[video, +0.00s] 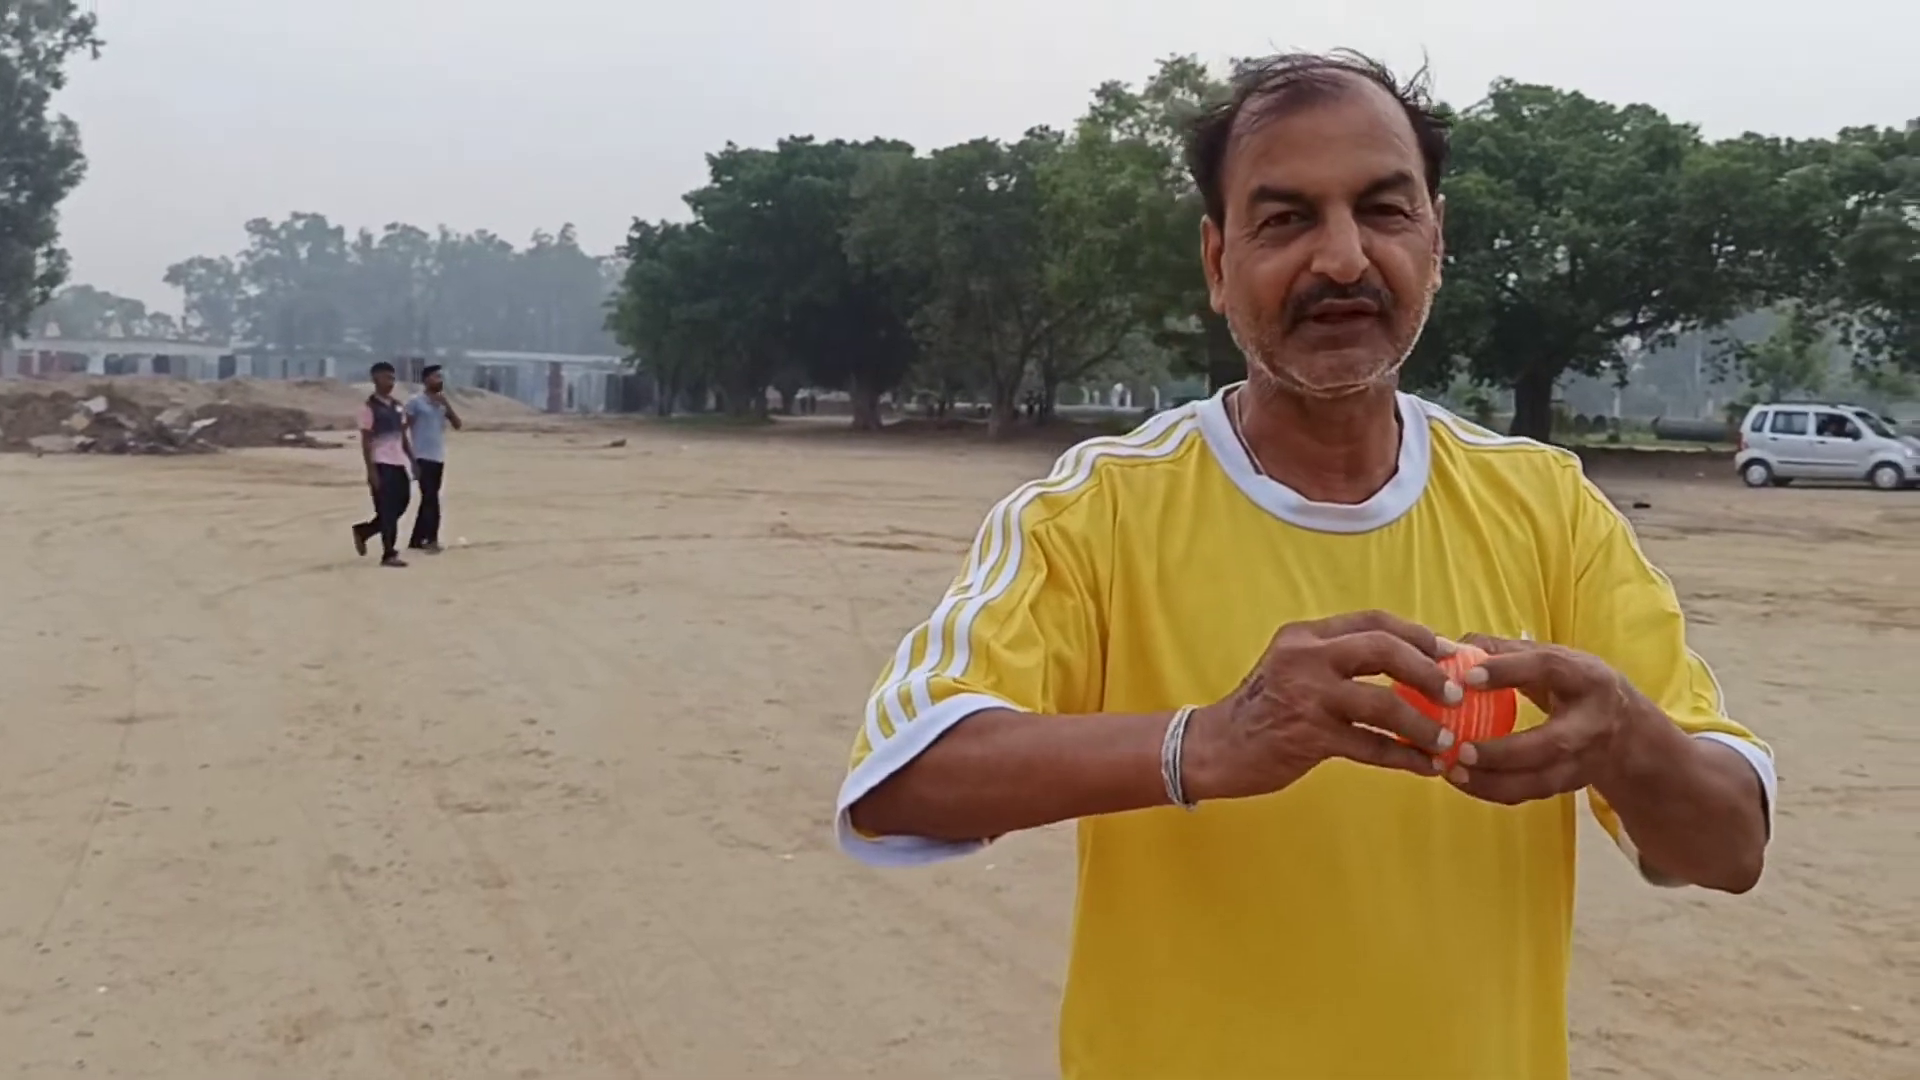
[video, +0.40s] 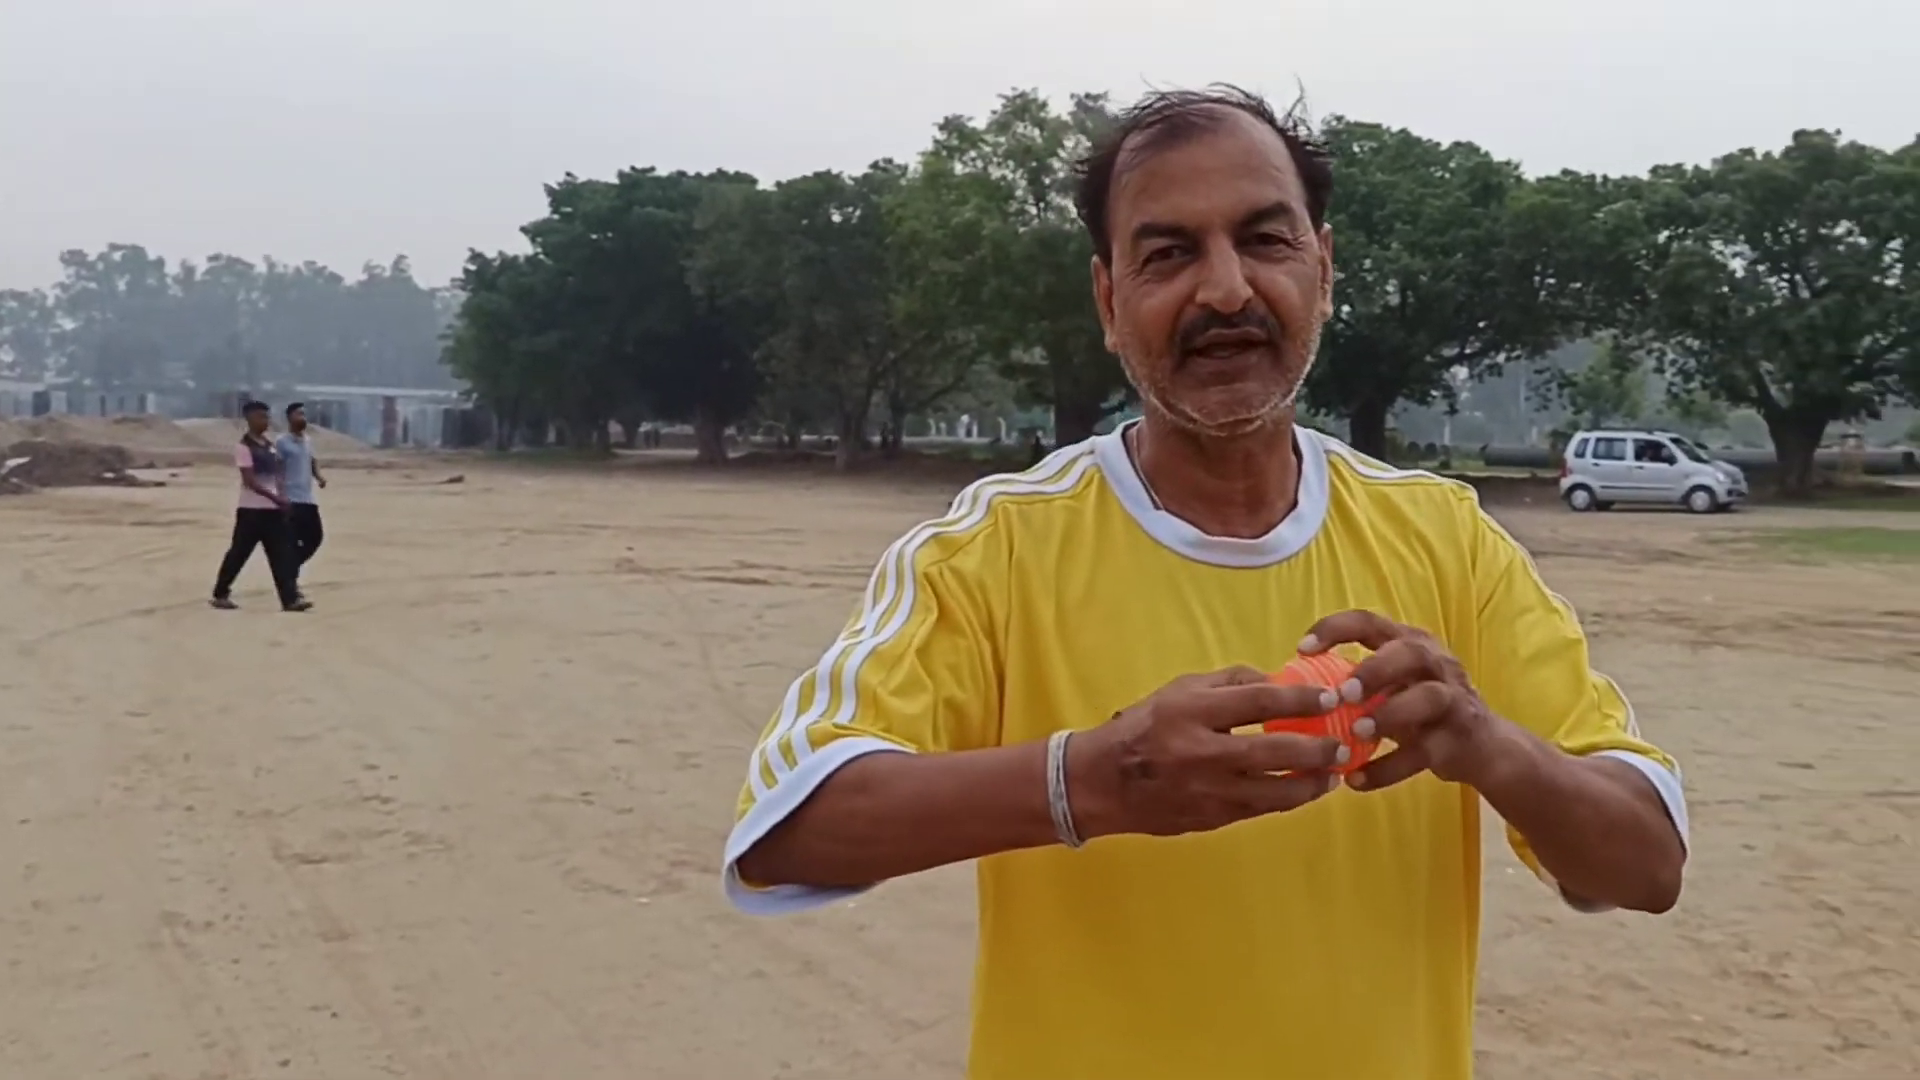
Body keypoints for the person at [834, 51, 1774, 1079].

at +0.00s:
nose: (1344, 256)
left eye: (1382, 208)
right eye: (1285, 219)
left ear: (1435, 239)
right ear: (1216, 265)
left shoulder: (1550, 510)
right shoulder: (1096, 511)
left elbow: (1732, 854)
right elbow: (897, 778)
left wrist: (1637, 753)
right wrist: (1199, 747)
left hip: (1486, 1057)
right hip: (1164, 1057)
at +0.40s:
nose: (1224, 288)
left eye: (1263, 239)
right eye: (1167, 253)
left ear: (1323, 271)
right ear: (1110, 304)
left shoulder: (1445, 541)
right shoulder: (994, 553)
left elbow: (1650, 868)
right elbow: (785, 827)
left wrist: (1491, 752)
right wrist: (1084, 783)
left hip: (1390, 1053)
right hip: (1077, 1051)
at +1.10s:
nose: (1156, 303)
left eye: (1190, 253)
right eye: (1099, 264)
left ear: (1241, 275)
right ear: (1034, 303)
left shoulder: (1345, 531)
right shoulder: (922, 537)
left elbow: (1538, 833)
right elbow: (738, 808)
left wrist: (1445, 759)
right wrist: (1045, 756)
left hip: (1300, 1057)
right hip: (999, 1059)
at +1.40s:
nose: (1059, 294)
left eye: (1093, 247)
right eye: (1005, 258)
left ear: (1145, 275)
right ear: (943, 300)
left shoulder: (1251, 527)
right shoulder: (839, 534)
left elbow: (1416, 830)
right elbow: (662, 798)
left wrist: (1347, 740)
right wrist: (973, 722)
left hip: (1207, 1055)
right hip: (922, 1056)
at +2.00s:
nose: (970, 328)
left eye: (1006, 278)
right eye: (920, 286)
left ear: (1051, 287)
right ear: (853, 304)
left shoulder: (1149, 530)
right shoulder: (747, 537)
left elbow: (1310, 818)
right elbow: (553, 786)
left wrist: (1241, 757)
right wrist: (865, 720)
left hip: (1108, 1054)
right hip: (828, 1053)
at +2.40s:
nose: (903, 319)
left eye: (938, 273)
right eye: (853, 279)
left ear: (981, 291)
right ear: (785, 304)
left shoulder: (1080, 535)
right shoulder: (674, 539)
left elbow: (1236, 822)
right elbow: (472, 786)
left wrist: (1170, 761)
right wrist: (779, 737)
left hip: (1039, 1056)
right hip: (756, 1057)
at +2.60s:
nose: (882, 322)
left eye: (920, 275)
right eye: (833, 282)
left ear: (962, 287)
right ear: (765, 300)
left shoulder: (1057, 527)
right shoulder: (652, 536)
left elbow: (1213, 817)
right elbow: (450, 784)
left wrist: (1136, 751)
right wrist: (750, 742)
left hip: (1022, 1054)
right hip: (735, 1053)